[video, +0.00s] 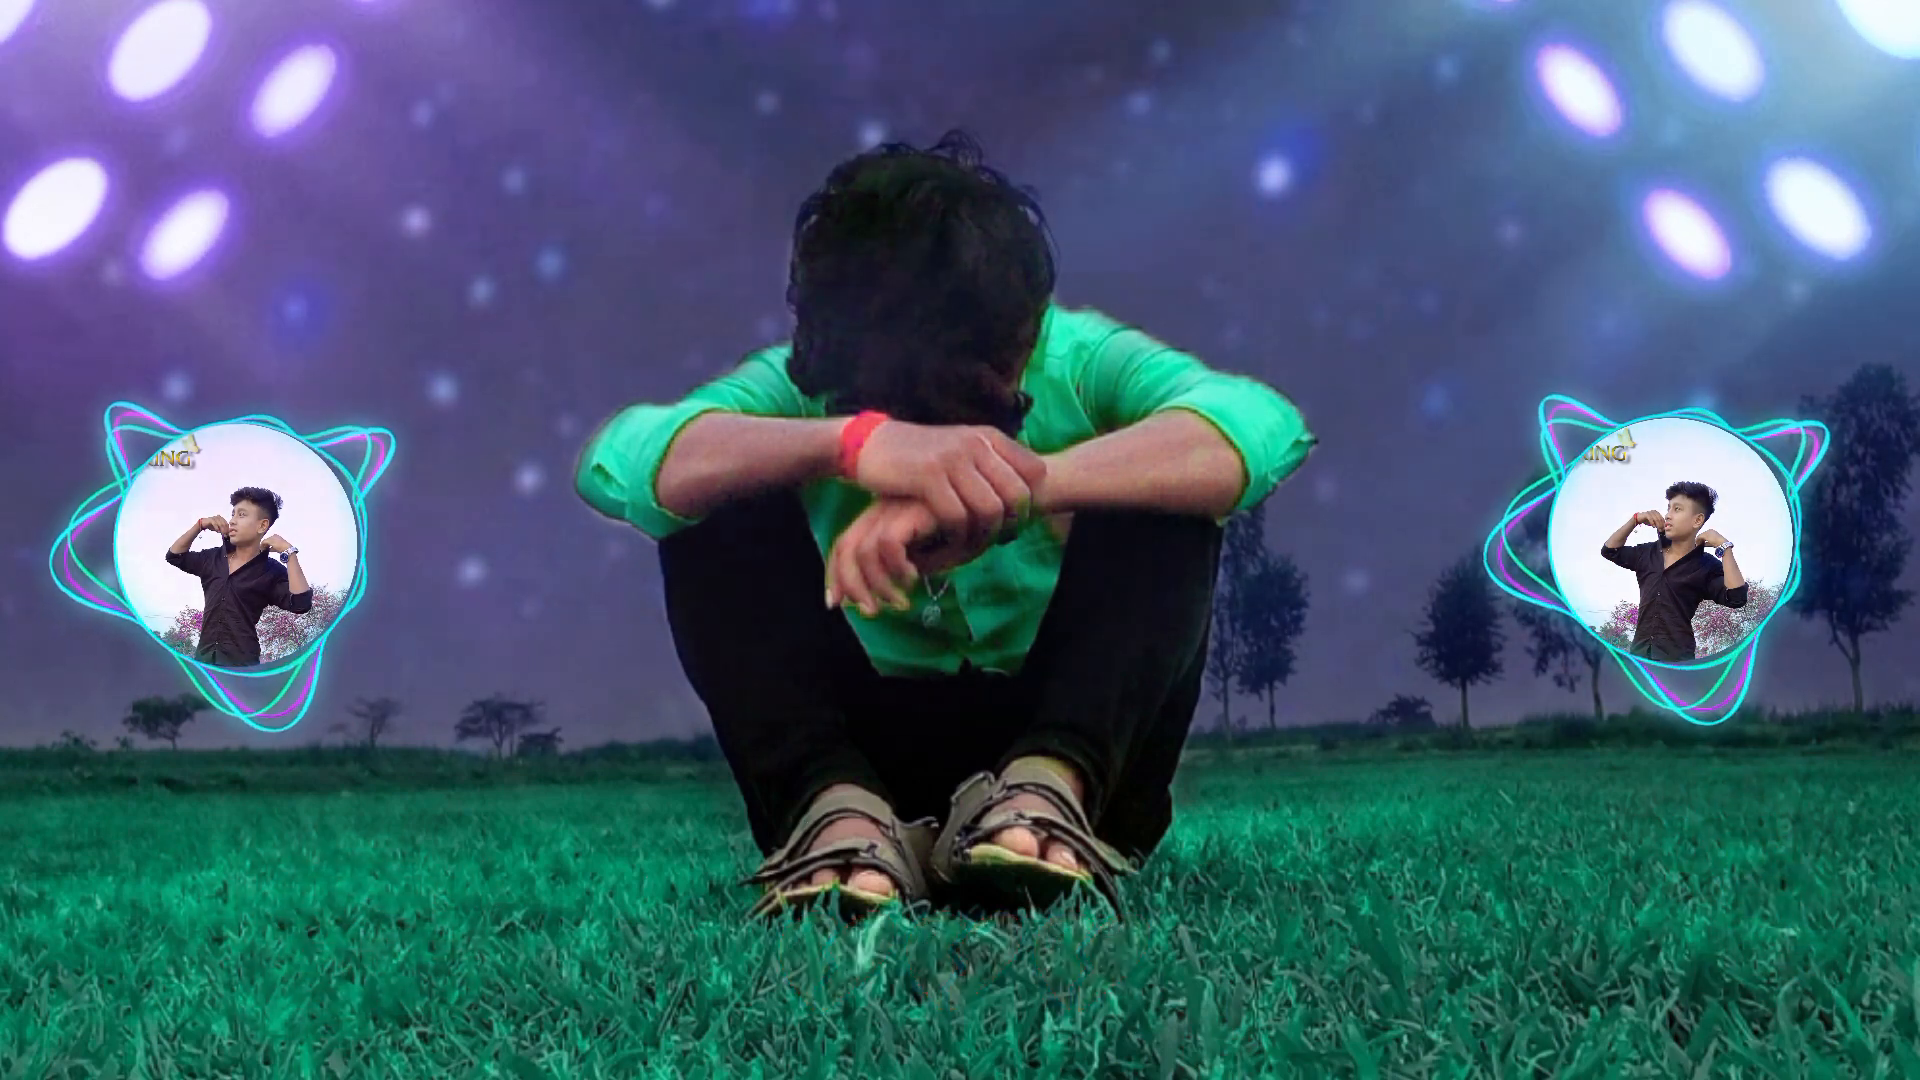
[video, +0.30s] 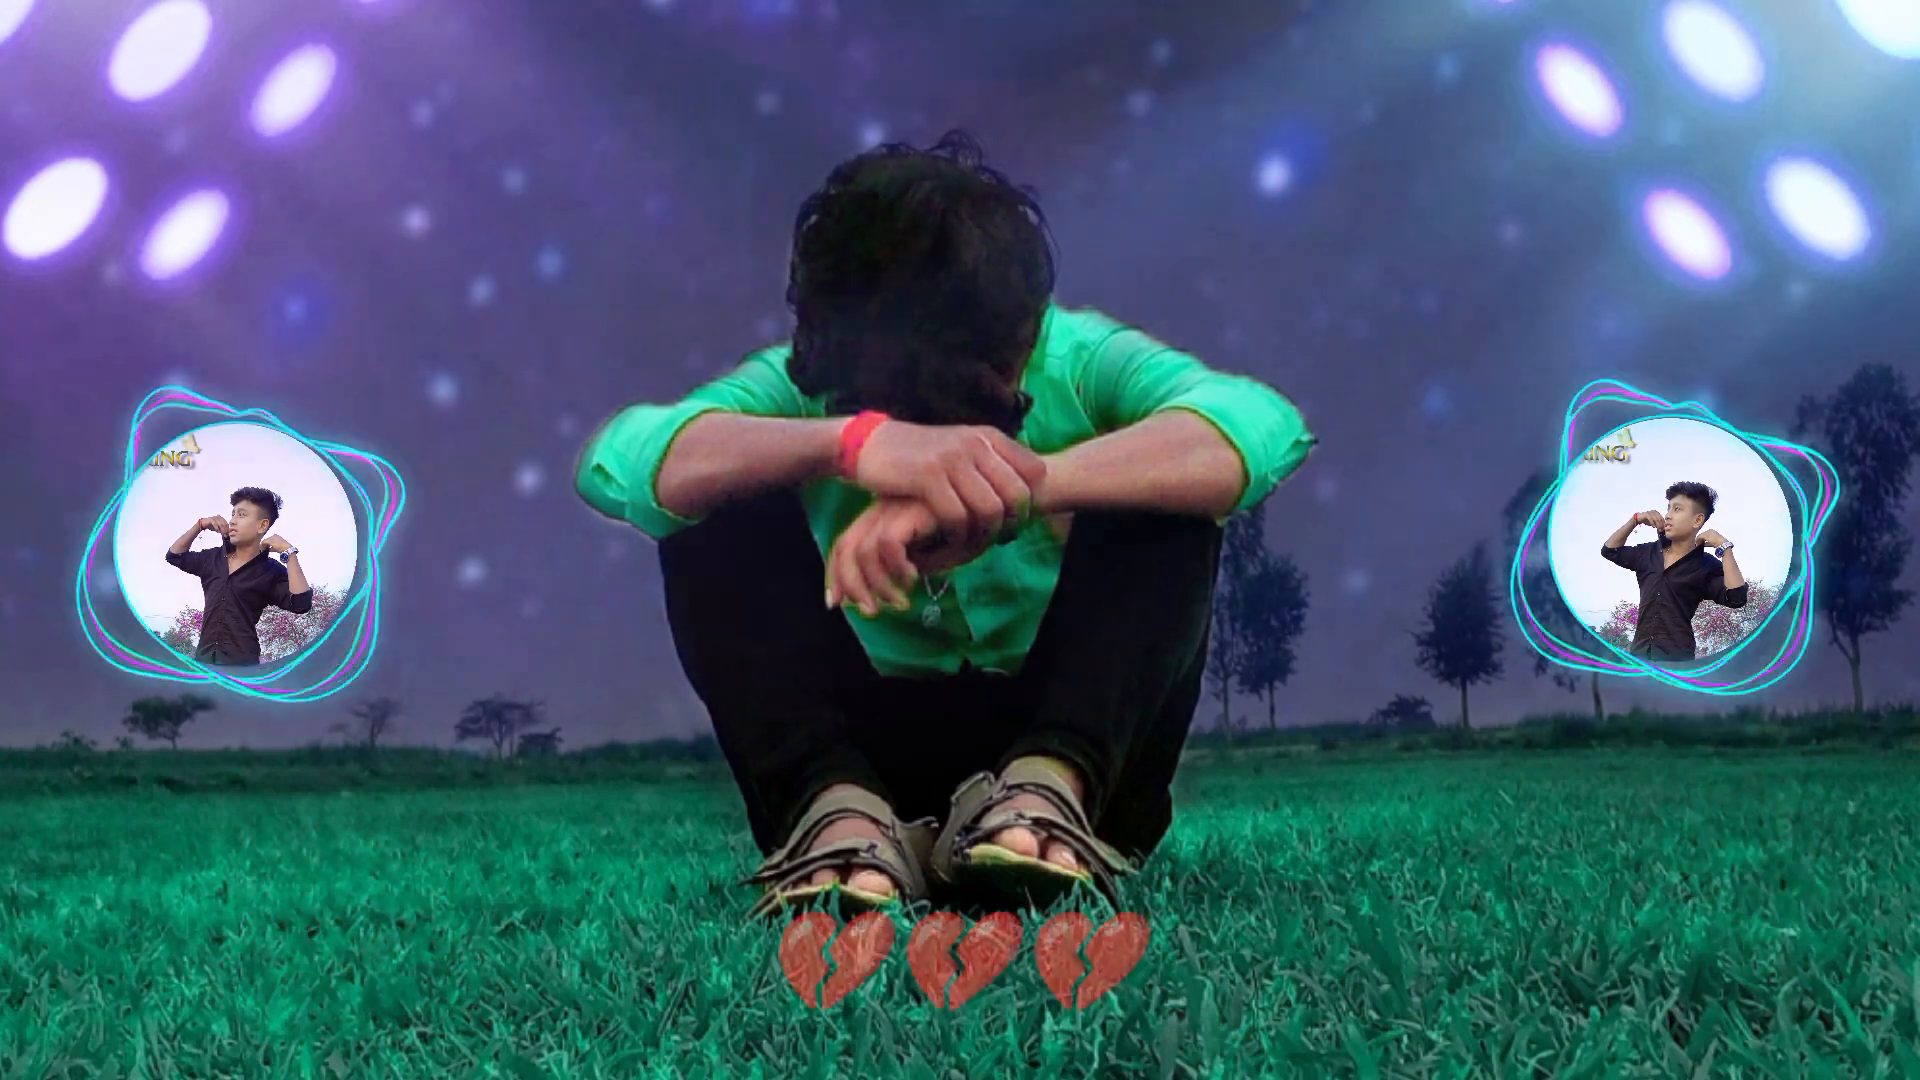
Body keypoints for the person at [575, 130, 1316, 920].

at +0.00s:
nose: (927, 453)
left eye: (960, 412)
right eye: (887, 414)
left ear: (1020, 353)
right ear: (819, 367)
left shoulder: (1077, 354)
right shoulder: (795, 382)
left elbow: (1266, 429)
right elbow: (612, 467)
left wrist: (1000, 492)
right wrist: (853, 445)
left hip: (1060, 747)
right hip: (865, 753)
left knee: (1164, 484)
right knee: (713, 503)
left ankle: (1044, 788)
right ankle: (835, 815)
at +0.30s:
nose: (910, 456)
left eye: (948, 421)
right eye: (871, 415)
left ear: (1018, 360)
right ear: (814, 365)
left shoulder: (1077, 355)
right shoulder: (794, 381)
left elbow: (1265, 429)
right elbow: (611, 467)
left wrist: (1002, 491)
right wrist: (851, 447)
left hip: (1058, 745)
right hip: (864, 750)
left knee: (1166, 488)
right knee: (715, 505)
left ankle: (1043, 790)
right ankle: (836, 817)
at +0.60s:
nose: (926, 449)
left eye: (963, 412)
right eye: (891, 414)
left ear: (1020, 353)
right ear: (820, 365)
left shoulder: (1077, 355)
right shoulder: (793, 382)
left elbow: (1265, 429)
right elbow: (612, 467)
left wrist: (1001, 492)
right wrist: (852, 447)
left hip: (1058, 747)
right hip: (863, 754)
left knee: (1166, 486)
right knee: (712, 502)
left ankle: (1043, 791)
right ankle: (837, 819)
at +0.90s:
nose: (930, 442)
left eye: (966, 405)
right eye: (894, 407)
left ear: (1020, 348)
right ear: (825, 359)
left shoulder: (1076, 355)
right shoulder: (794, 383)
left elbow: (1266, 429)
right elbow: (611, 467)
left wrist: (1001, 492)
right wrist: (852, 446)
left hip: (1063, 752)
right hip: (865, 760)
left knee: (1165, 487)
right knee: (714, 504)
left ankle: (1043, 789)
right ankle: (835, 816)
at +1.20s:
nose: (935, 452)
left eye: (972, 409)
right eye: (899, 417)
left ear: (1022, 349)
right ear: (823, 370)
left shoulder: (1074, 355)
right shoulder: (795, 383)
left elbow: (1265, 429)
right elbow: (612, 468)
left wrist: (1002, 492)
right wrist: (851, 447)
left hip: (1057, 747)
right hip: (864, 753)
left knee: (1165, 489)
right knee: (714, 501)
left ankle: (1043, 790)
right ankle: (835, 818)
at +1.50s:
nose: (947, 449)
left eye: (979, 404)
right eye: (908, 423)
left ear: (1019, 343)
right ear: (832, 373)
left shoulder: (1074, 353)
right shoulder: (795, 383)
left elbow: (1266, 428)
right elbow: (611, 467)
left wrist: (1002, 491)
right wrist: (852, 447)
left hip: (1058, 749)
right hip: (862, 757)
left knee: (1166, 488)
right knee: (712, 500)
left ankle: (1044, 791)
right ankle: (836, 817)